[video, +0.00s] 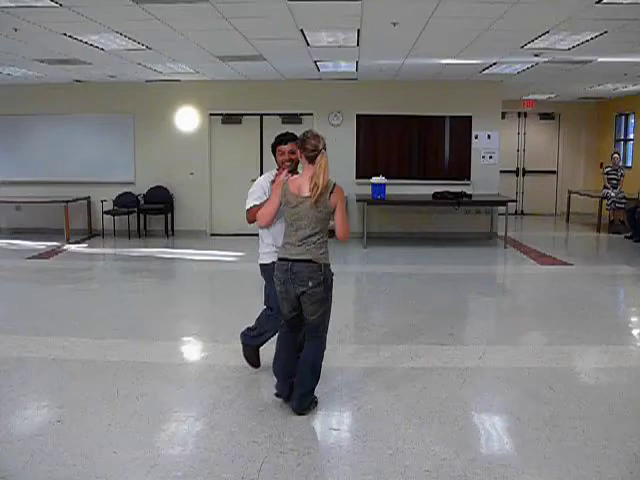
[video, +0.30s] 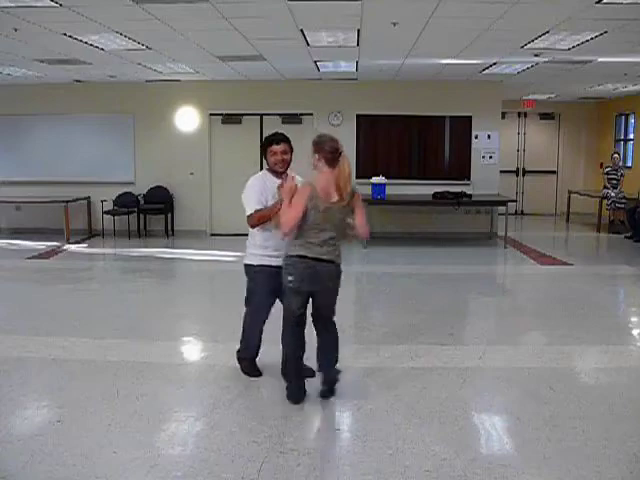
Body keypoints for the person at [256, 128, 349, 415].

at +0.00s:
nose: (295, 157)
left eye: (296, 153)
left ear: (299, 155)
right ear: (324, 155)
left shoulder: (284, 184)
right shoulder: (334, 191)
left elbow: (264, 220)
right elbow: (342, 235)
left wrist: (276, 189)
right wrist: (331, 214)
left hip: (284, 265)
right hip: (315, 268)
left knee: (291, 327)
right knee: (315, 333)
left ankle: (284, 386)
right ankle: (302, 399)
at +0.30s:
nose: (312, 161)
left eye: (313, 157)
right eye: (315, 157)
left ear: (317, 158)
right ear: (339, 157)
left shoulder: (308, 189)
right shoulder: (352, 193)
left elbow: (286, 226)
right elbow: (362, 231)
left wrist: (286, 197)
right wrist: (341, 222)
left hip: (298, 265)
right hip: (330, 268)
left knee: (293, 323)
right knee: (325, 319)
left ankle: (295, 388)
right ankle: (328, 378)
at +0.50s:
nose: (329, 154)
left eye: (332, 150)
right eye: (331, 149)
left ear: (342, 154)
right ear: (349, 154)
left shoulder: (344, 190)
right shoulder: (358, 186)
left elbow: (343, 232)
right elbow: (368, 225)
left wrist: (309, 229)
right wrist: (328, 213)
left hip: (335, 265)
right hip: (347, 262)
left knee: (317, 322)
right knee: (327, 317)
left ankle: (309, 385)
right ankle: (355, 368)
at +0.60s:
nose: (339, 152)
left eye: (343, 147)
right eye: (341, 146)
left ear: (356, 152)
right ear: (356, 152)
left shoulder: (366, 187)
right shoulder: (357, 184)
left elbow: (370, 228)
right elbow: (352, 214)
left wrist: (335, 228)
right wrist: (327, 198)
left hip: (356, 265)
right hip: (347, 262)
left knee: (335, 320)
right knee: (340, 317)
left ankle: (349, 381)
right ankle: (359, 369)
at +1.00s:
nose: (382, 161)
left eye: (387, 156)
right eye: (380, 157)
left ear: (402, 157)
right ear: (380, 162)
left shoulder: (418, 184)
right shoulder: (388, 188)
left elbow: (389, 211)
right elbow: (366, 220)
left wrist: (384, 180)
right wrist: (333, 218)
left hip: (416, 267)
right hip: (390, 264)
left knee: (409, 323)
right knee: (370, 315)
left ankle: (419, 371)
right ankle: (367, 370)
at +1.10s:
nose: (387, 162)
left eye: (391, 156)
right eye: (385, 158)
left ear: (408, 156)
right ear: (385, 163)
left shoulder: (422, 184)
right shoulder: (396, 187)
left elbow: (391, 210)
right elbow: (372, 217)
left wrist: (386, 180)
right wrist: (341, 214)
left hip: (421, 265)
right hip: (397, 262)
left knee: (413, 321)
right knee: (380, 310)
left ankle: (419, 370)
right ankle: (397, 359)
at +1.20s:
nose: (389, 160)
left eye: (393, 154)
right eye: (387, 156)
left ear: (410, 154)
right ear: (389, 160)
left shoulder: (424, 182)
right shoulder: (400, 184)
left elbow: (392, 208)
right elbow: (374, 214)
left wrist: (388, 179)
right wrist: (342, 214)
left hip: (422, 261)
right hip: (401, 259)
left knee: (414, 318)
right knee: (395, 312)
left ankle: (418, 371)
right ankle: (423, 350)